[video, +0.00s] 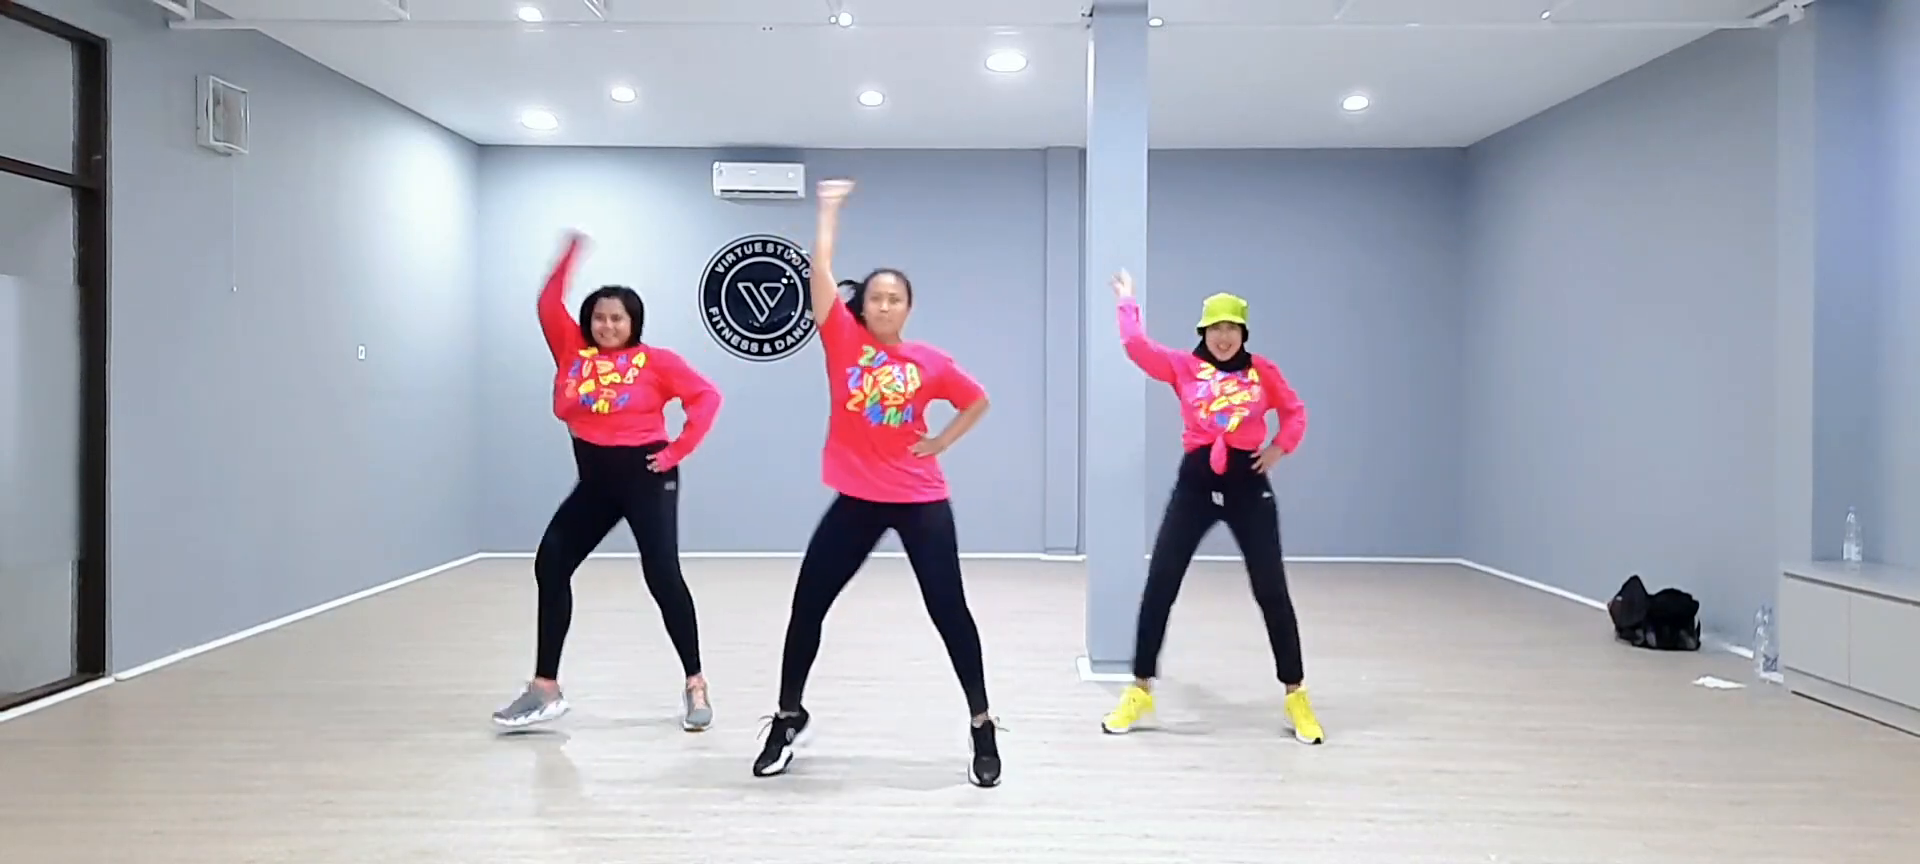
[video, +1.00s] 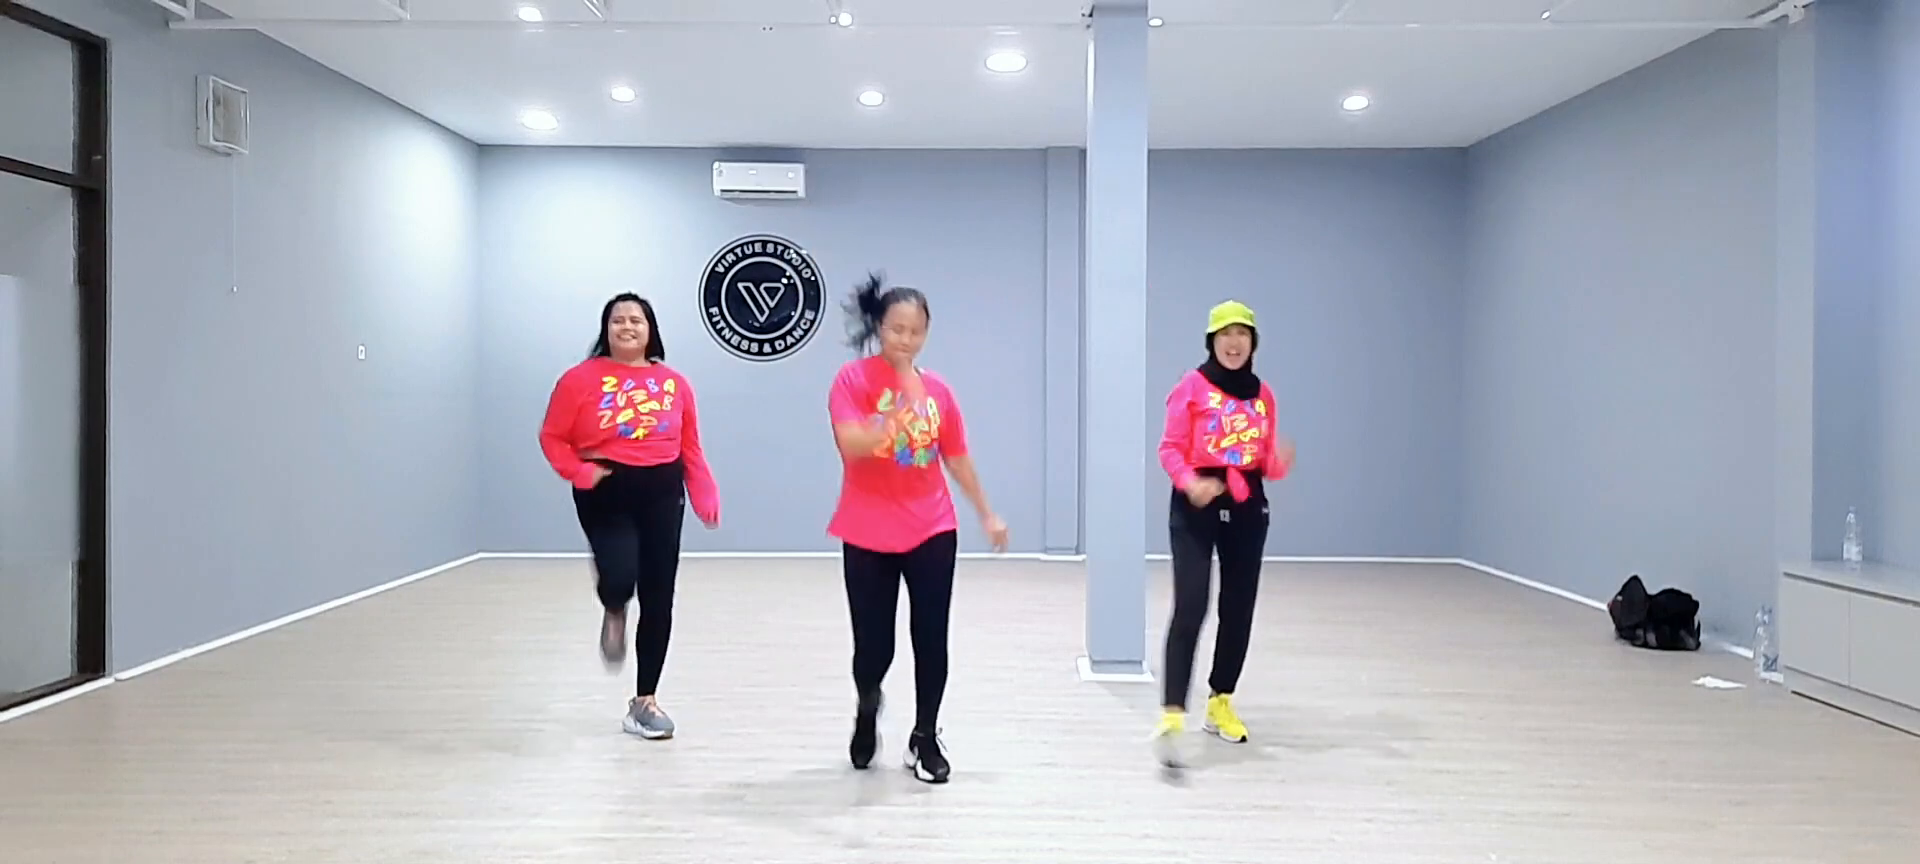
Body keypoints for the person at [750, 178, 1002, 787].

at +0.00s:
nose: (886, 306)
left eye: (896, 299)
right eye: (877, 298)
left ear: (909, 309)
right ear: (861, 306)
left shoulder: (927, 362)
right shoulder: (842, 342)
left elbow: (977, 401)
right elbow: (821, 274)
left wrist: (940, 443)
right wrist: (828, 210)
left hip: (920, 500)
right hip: (858, 499)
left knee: (948, 608)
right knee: (808, 600)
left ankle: (982, 723)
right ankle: (788, 715)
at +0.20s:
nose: (898, 332)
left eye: (907, 323)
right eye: (889, 324)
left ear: (922, 331)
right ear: (876, 332)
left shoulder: (944, 388)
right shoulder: (861, 367)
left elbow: (1000, 426)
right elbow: (815, 310)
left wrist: (955, 466)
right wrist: (775, 259)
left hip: (937, 523)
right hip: (874, 525)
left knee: (953, 629)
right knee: (817, 617)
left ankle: (983, 737)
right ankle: (802, 727)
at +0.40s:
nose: (865, 307)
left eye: (875, 299)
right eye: (858, 299)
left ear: (896, 306)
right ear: (848, 307)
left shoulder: (925, 355)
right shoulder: (841, 344)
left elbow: (976, 398)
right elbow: (820, 297)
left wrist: (937, 447)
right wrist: (823, 237)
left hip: (900, 493)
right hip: (838, 487)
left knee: (935, 609)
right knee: (807, 605)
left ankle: (981, 722)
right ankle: (780, 717)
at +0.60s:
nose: (850, 334)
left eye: (860, 327)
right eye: (843, 325)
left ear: (879, 332)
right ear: (831, 330)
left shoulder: (901, 389)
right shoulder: (819, 376)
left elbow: (951, 428)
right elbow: (806, 304)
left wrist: (919, 480)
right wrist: (857, 264)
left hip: (880, 529)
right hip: (815, 522)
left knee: (916, 636)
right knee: (791, 633)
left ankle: (975, 734)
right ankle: (780, 730)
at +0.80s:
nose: (877, 297)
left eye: (888, 290)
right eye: (869, 289)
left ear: (902, 297)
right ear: (853, 294)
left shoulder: (922, 347)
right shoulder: (834, 330)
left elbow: (968, 384)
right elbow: (808, 284)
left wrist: (970, 445)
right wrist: (817, 218)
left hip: (909, 485)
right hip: (843, 484)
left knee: (928, 597)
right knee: (831, 601)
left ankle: (943, 714)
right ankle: (832, 688)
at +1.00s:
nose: (906, 339)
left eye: (916, 330)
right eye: (897, 329)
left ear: (926, 334)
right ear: (878, 329)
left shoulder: (937, 390)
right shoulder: (853, 380)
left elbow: (958, 459)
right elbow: (852, 445)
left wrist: (987, 513)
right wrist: (897, 416)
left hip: (931, 529)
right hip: (868, 531)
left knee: (931, 643)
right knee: (873, 651)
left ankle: (925, 736)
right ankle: (867, 711)